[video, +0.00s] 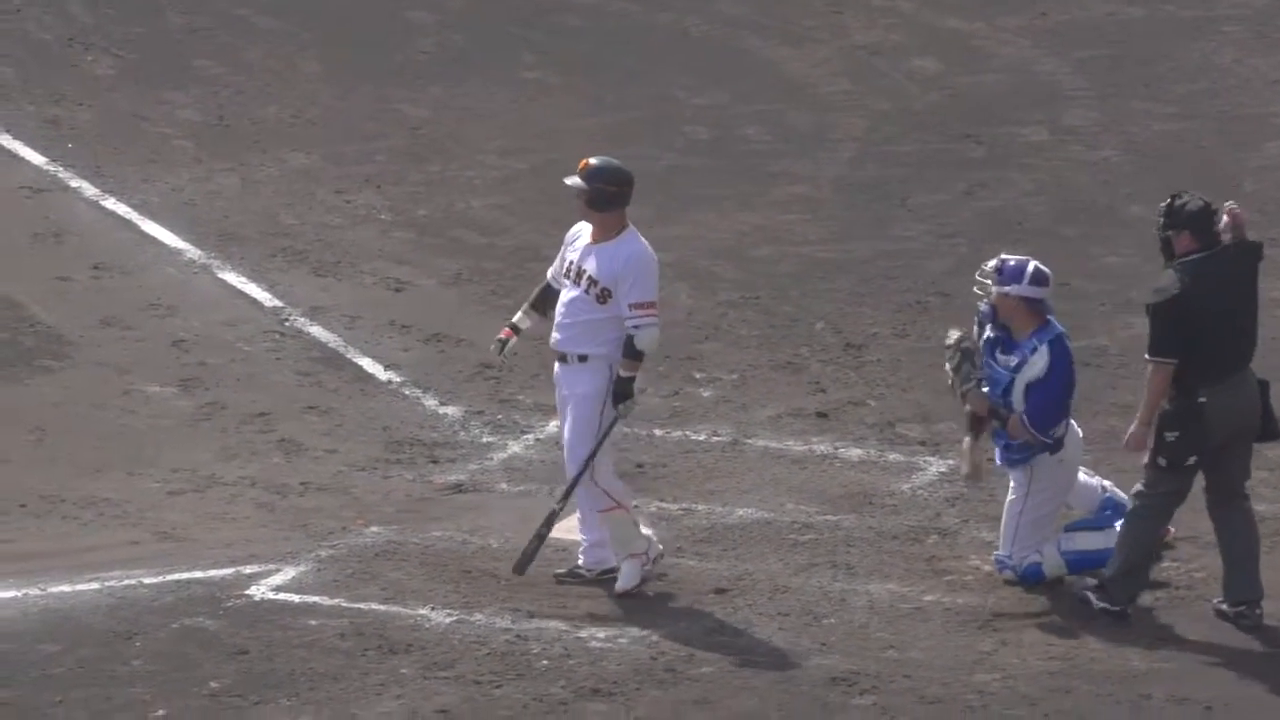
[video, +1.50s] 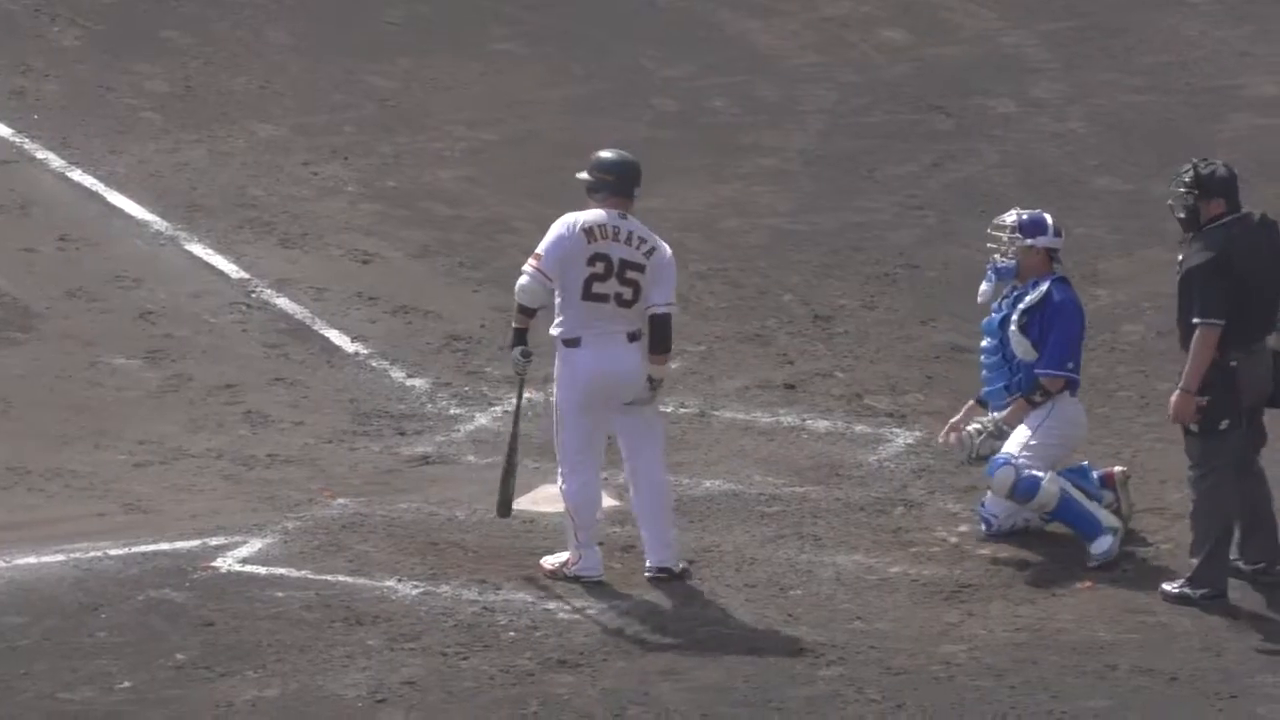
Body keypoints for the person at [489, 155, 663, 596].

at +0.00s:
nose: (578, 199)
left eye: (584, 194)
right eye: (579, 192)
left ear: (605, 202)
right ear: (606, 201)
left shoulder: (635, 257)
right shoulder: (579, 234)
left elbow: (642, 331)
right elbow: (551, 287)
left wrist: (624, 381)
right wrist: (516, 326)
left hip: (597, 372)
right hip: (565, 367)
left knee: (586, 465)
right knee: (578, 464)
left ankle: (639, 548)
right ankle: (597, 556)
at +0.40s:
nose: (576, 185)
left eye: (582, 181)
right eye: (579, 179)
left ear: (597, 188)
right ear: (613, 187)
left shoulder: (618, 244)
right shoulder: (600, 227)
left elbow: (622, 317)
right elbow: (598, 301)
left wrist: (611, 367)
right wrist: (573, 352)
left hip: (590, 359)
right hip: (578, 353)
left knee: (557, 455)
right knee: (597, 450)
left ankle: (612, 537)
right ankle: (608, 537)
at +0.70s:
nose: (581, 189)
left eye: (586, 185)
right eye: (583, 182)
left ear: (599, 191)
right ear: (623, 191)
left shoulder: (598, 246)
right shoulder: (644, 231)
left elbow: (587, 319)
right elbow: (653, 293)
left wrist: (570, 365)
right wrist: (622, 320)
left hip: (601, 357)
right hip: (631, 350)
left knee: (594, 462)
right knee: (603, 451)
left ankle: (623, 560)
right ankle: (602, 538)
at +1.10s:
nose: (572, 192)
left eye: (576, 187)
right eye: (574, 186)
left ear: (589, 190)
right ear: (618, 192)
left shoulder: (569, 232)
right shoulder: (646, 248)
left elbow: (537, 295)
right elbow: (654, 318)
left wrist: (523, 346)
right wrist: (651, 366)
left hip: (582, 366)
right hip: (630, 362)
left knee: (589, 467)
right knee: (620, 404)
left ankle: (603, 562)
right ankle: (636, 487)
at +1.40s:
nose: (579, 191)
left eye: (583, 186)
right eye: (582, 186)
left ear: (592, 189)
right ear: (626, 193)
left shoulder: (566, 226)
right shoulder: (651, 248)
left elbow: (528, 289)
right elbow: (660, 321)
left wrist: (517, 341)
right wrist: (657, 372)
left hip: (573, 360)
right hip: (625, 357)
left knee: (576, 463)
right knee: (648, 439)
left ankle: (587, 557)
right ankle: (669, 538)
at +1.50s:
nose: (585, 191)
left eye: (589, 186)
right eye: (588, 185)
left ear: (598, 188)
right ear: (631, 192)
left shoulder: (570, 226)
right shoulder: (657, 248)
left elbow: (530, 289)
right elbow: (660, 321)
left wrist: (519, 341)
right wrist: (656, 378)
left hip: (578, 358)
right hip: (632, 356)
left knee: (578, 464)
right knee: (647, 466)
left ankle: (583, 556)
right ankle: (661, 557)